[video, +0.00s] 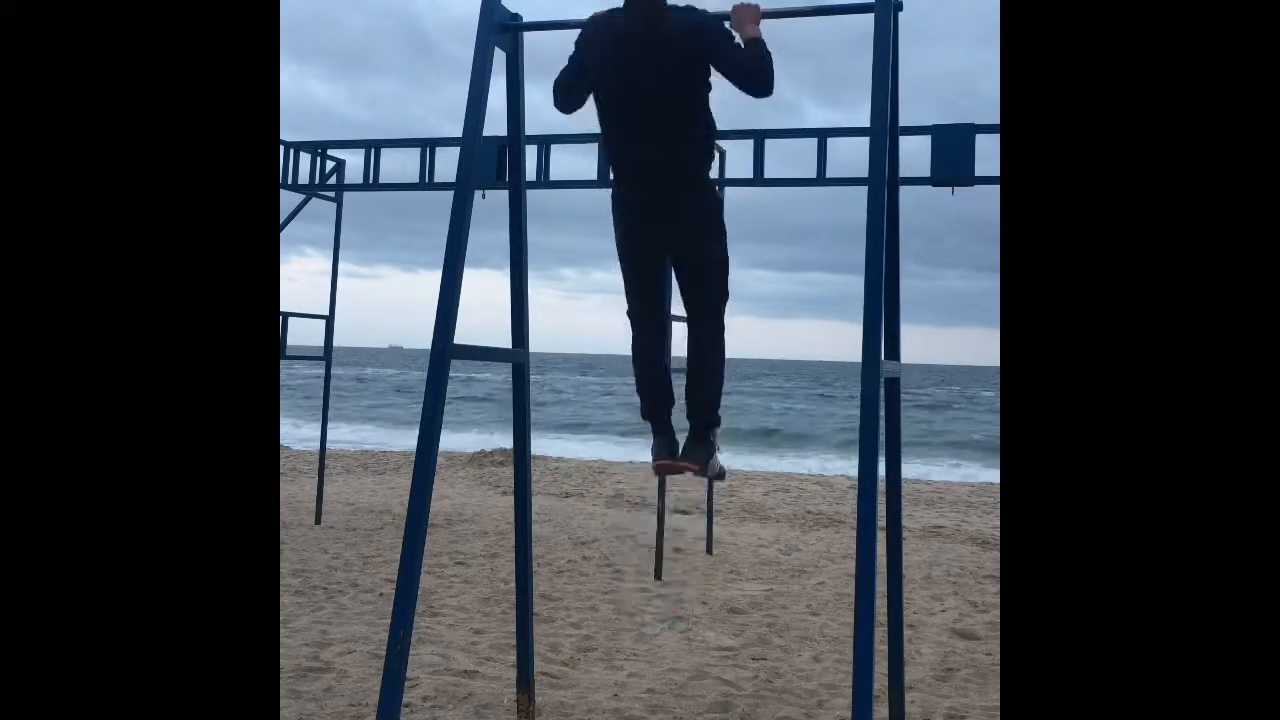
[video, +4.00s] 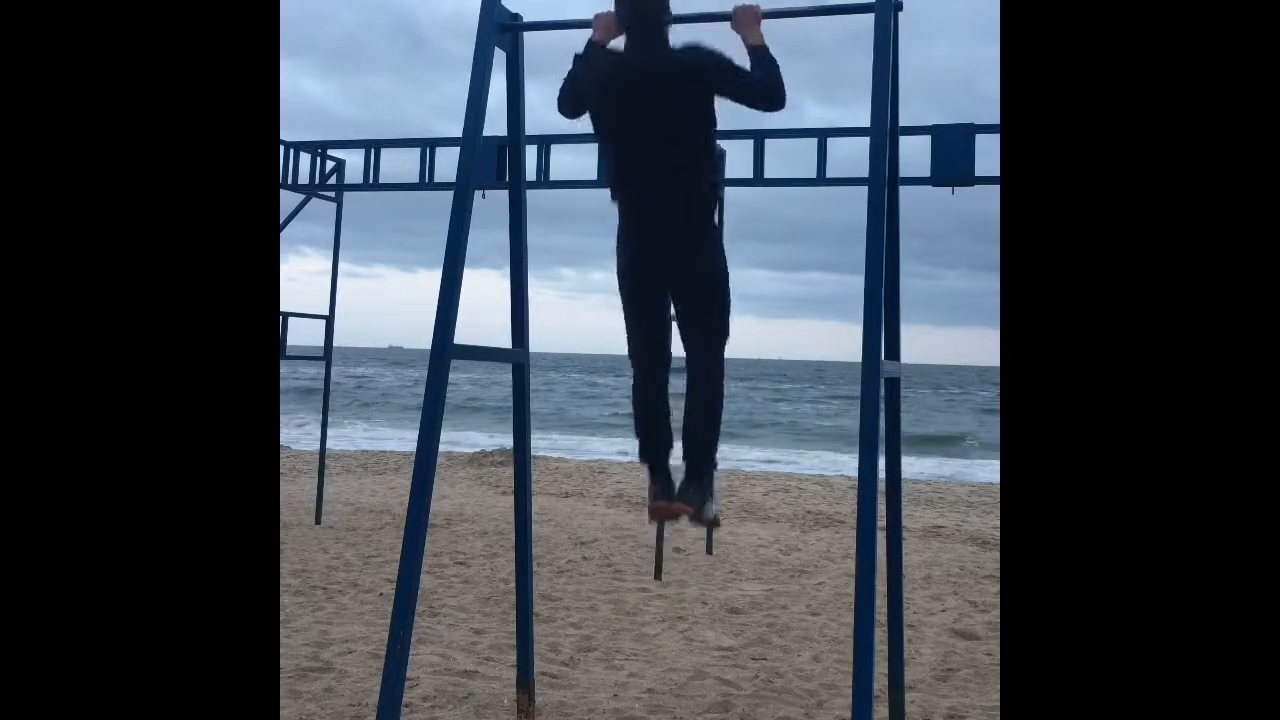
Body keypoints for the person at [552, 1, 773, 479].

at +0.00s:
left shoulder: (600, 32)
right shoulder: (697, 25)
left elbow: (566, 99)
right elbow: (759, 81)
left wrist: (596, 40)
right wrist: (751, 33)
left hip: (635, 204)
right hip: (693, 200)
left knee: (647, 323)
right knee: (707, 319)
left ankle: (662, 441)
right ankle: (701, 443)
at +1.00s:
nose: (646, 71)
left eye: (622, 61)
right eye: (653, 60)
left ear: (614, 69)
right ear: (660, 66)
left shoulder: (600, 118)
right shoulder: (692, 108)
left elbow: (587, 94)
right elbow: (756, 106)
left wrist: (597, 43)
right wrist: (749, 40)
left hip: (638, 284)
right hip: (697, 282)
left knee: (643, 401)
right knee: (701, 406)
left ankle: (648, 521)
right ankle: (682, 527)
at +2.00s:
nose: (686, 125)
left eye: (679, 121)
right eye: (682, 121)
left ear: (630, 138)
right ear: (678, 132)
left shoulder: (620, 170)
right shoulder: (706, 165)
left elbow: (592, 115)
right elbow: (757, 114)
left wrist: (600, 46)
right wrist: (750, 45)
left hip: (643, 339)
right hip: (697, 341)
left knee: (634, 470)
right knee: (688, 477)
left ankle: (625, 605)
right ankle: (662, 610)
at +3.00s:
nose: (683, 122)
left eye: (674, 117)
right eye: (680, 116)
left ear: (631, 130)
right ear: (678, 124)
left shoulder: (620, 167)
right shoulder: (707, 161)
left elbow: (592, 114)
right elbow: (760, 111)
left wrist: (600, 46)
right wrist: (751, 43)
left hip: (646, 330)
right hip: (701, 332)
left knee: (639, 460)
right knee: (695, 469)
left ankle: (631, 592)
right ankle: (666, 600)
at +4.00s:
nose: (633, 22)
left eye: (625, 16)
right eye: (656, 15)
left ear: (621, 21)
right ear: (668, 19)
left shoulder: (601, 70)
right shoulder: (696, 65)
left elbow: (567, 105)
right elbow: (772, 96)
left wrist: (596, 41)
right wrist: (754, 38)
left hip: (637, 238)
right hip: (695, 235)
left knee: (648, 364)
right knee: (705, 360)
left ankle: (660, 489)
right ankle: (697, 489)